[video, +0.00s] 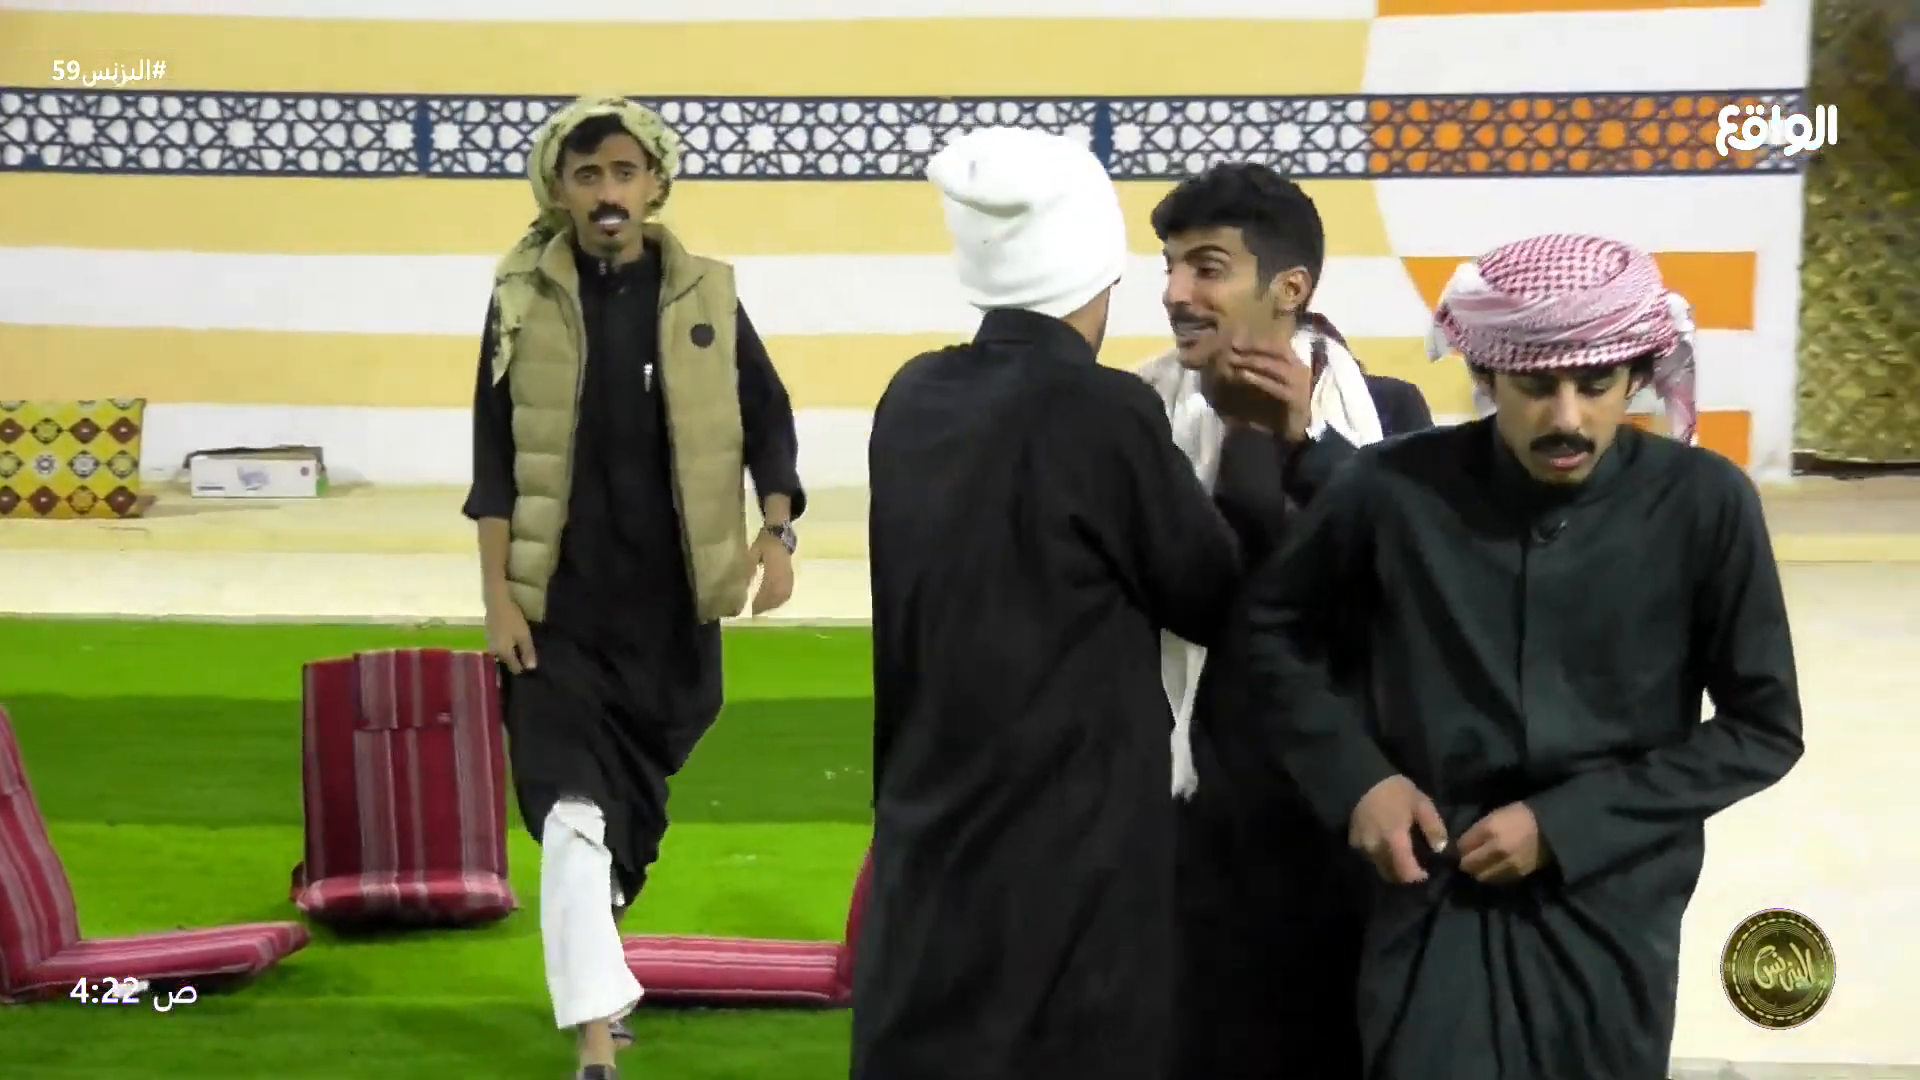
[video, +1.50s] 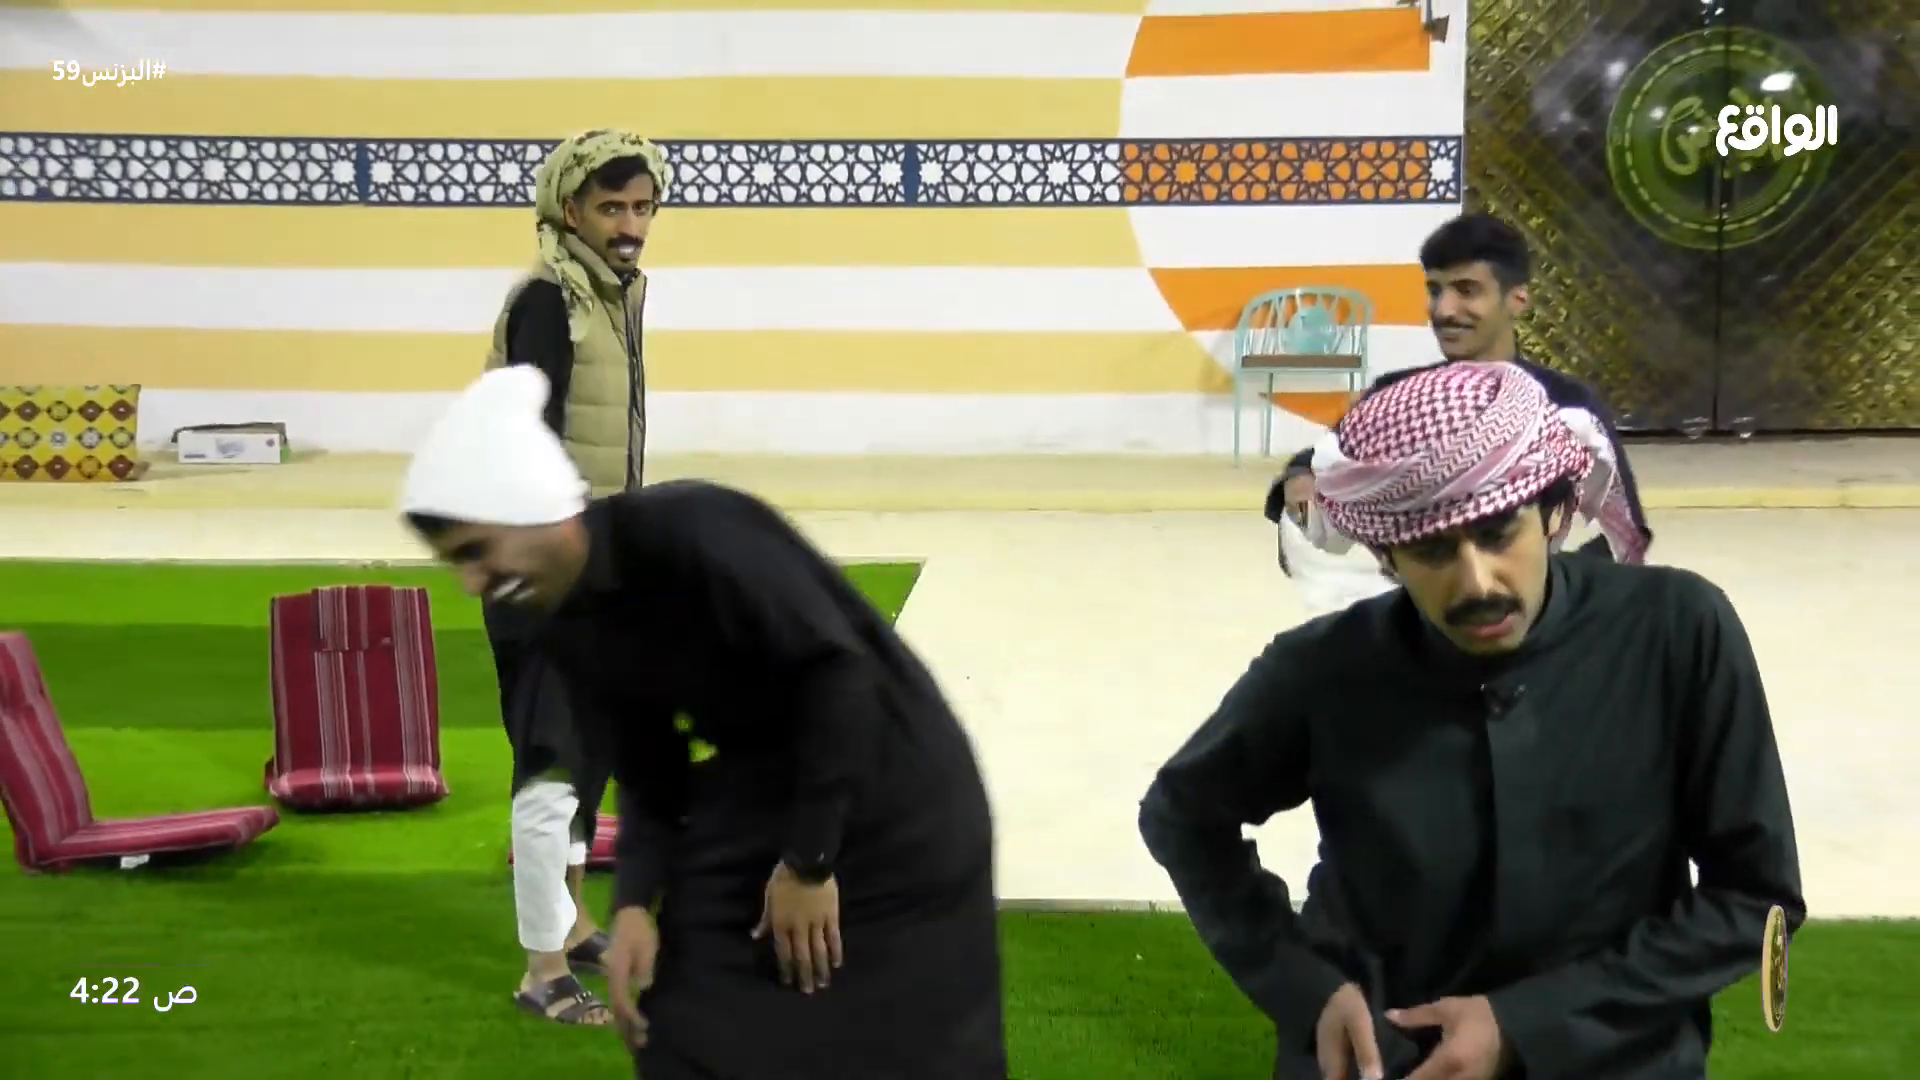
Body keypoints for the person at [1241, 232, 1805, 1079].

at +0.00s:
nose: (1567, 419)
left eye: (1594, 386)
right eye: (1536, 386)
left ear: (1634, 382)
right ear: (1487, 381)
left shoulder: (1705, 502)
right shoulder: (1389, 489)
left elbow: (1765, 728)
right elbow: (1267, 635)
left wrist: (1561, 823)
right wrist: (1359, 782)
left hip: (1611, 925)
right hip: (1428, 912)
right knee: (1429, 1061)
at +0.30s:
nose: (1483, 441)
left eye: (1505, 400)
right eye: (1444, 410)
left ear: (1541, 385)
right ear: (1394, 408)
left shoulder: (1627, 512)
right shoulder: (1312, 522)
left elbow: (1693, 744)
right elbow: (1154, 650)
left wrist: (1488, 850)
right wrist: (1264, 802)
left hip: (1559, 978)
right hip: (1372, 971)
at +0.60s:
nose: (1490, 451)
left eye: (1517, 417)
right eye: (1458, 417)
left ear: (1551, 420)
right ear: (1400, 415)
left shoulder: (1610, 540)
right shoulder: (1290, 534)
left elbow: (1651, 786)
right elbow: (1111, 639)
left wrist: (1443, 886)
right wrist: (1222, 823)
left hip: (1531, 1015)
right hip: (1335, 1011)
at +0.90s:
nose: (1534, 456)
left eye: (1566, 426)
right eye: (1505, 415)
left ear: (1592, 441)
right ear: (1437, 414)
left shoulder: (1638, 570)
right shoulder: (1308, 548)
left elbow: (1673, 816)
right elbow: (1129, 674)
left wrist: (1448, 897)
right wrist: (1232, 852)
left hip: (1545, 1032)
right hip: (1350, 1028)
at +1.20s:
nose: (1492, 492)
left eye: (1521, 454)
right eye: (1456, 460)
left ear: (1563, 454)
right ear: (1404, 467)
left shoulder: (1653, 586)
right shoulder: (1315, 594)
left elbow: (1718, 837)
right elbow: (1171, 717)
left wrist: (1479, 912)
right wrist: (1258, 893)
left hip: (1562, 1046)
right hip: (1356, 1043)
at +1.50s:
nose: (1477, 580)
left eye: (1499, 531)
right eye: (1433, 550)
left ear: (1555, 514)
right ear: (1387, 555)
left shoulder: (1682, 632)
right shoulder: (1321, 677)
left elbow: (1754, 899)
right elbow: (1185, 812)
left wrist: (1521, 1024)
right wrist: (1309, 994)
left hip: (1621, 1058)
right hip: (1380, 1062)